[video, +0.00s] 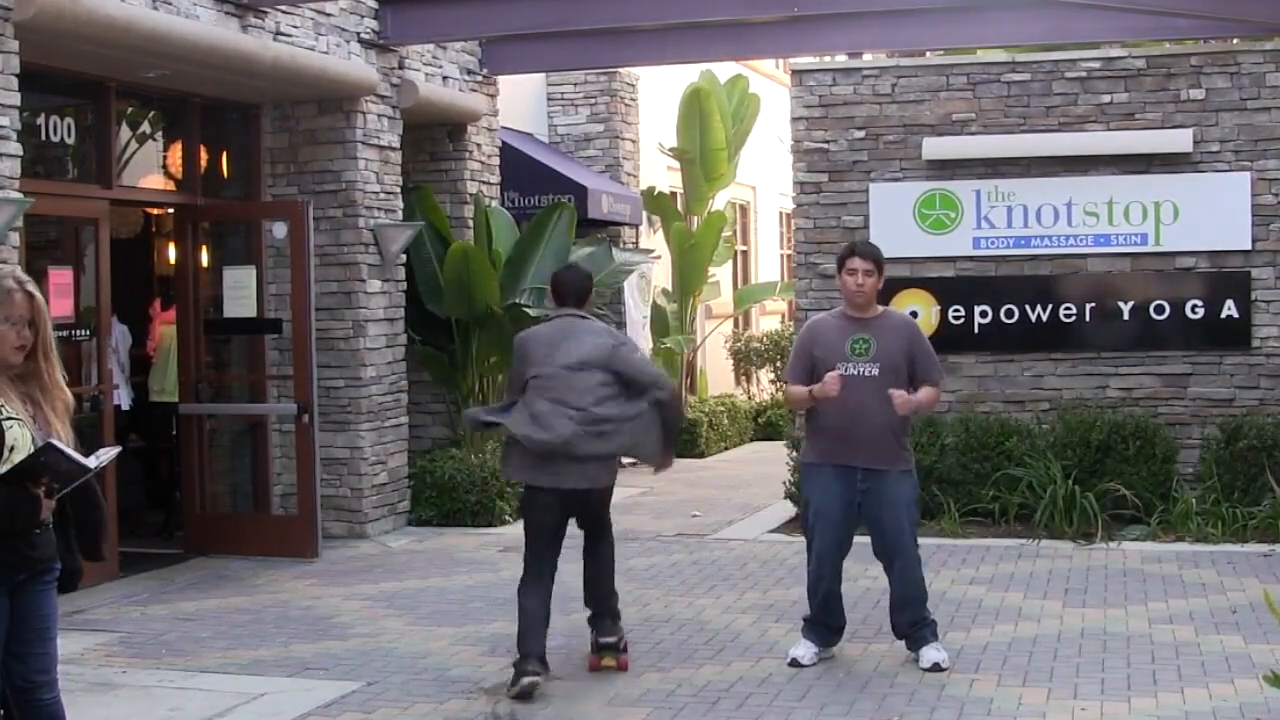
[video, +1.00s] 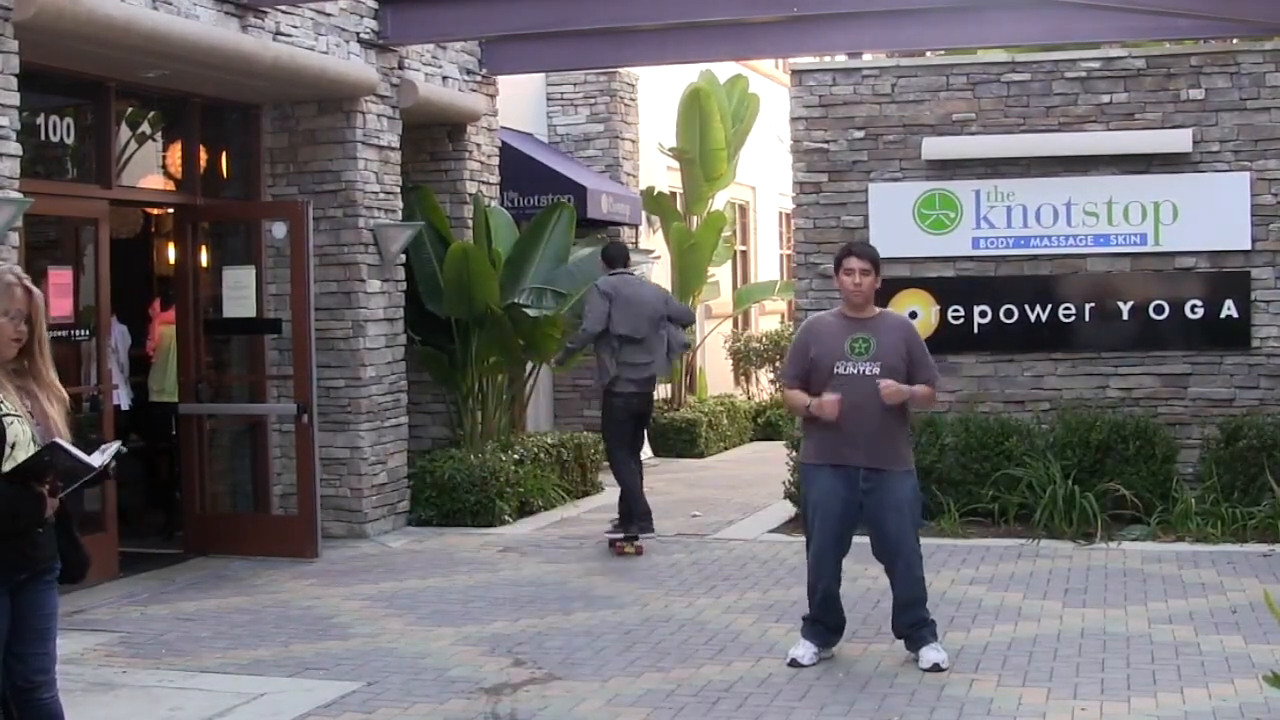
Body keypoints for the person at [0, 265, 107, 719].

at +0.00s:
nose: (21, 334)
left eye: (28, 323)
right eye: (10, 322)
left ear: (38, 330)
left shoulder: (44, 395)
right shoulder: (3, 398)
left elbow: (62, 473)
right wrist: (28, 505)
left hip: (36, 563)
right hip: (4, 564)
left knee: (37, 695)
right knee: (12, 696)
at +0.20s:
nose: (25, 335)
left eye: (31, 324)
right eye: (13, 323)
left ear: (39, 329)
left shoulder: (43, 394)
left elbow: (63, 470)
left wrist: (67, 490)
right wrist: (25, 506)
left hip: (37, 562)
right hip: (2, 564)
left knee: (36, 692)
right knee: (8, 694)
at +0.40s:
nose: (29, 336)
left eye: (35, 325)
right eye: (18, 323)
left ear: (42, 329)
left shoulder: (42, 394)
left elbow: (61, 470)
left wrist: (50, 499)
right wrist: (25, 505)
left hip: (36, 562)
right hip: (6, 563)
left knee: (36, 692)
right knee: (14, 693)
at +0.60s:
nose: (30, 335)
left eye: (35, 325)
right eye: (19, 323)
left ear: (41, 329)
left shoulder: (42, 393)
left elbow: (61, 471)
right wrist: (27, 506)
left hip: (36, 561)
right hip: (2, 564)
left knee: (37, 692)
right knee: (9, 693)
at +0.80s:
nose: (26, 332)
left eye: (32, 323)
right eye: (15, 320)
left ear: (39, 328)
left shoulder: (40, 392)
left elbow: (58, 469)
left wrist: (58, 492)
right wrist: (27, 506)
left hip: (35, 560)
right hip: (4, 562)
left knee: (36, 691)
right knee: (14, 692)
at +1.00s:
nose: (20, 329)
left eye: (27, 320)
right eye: (11, 317)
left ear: (34, 326)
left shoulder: (36, 389)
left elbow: (57, 464)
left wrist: (61, 486)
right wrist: (28, 505)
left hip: (36, 558)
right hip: (2, 560)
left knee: (36, 690)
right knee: (9, 692)